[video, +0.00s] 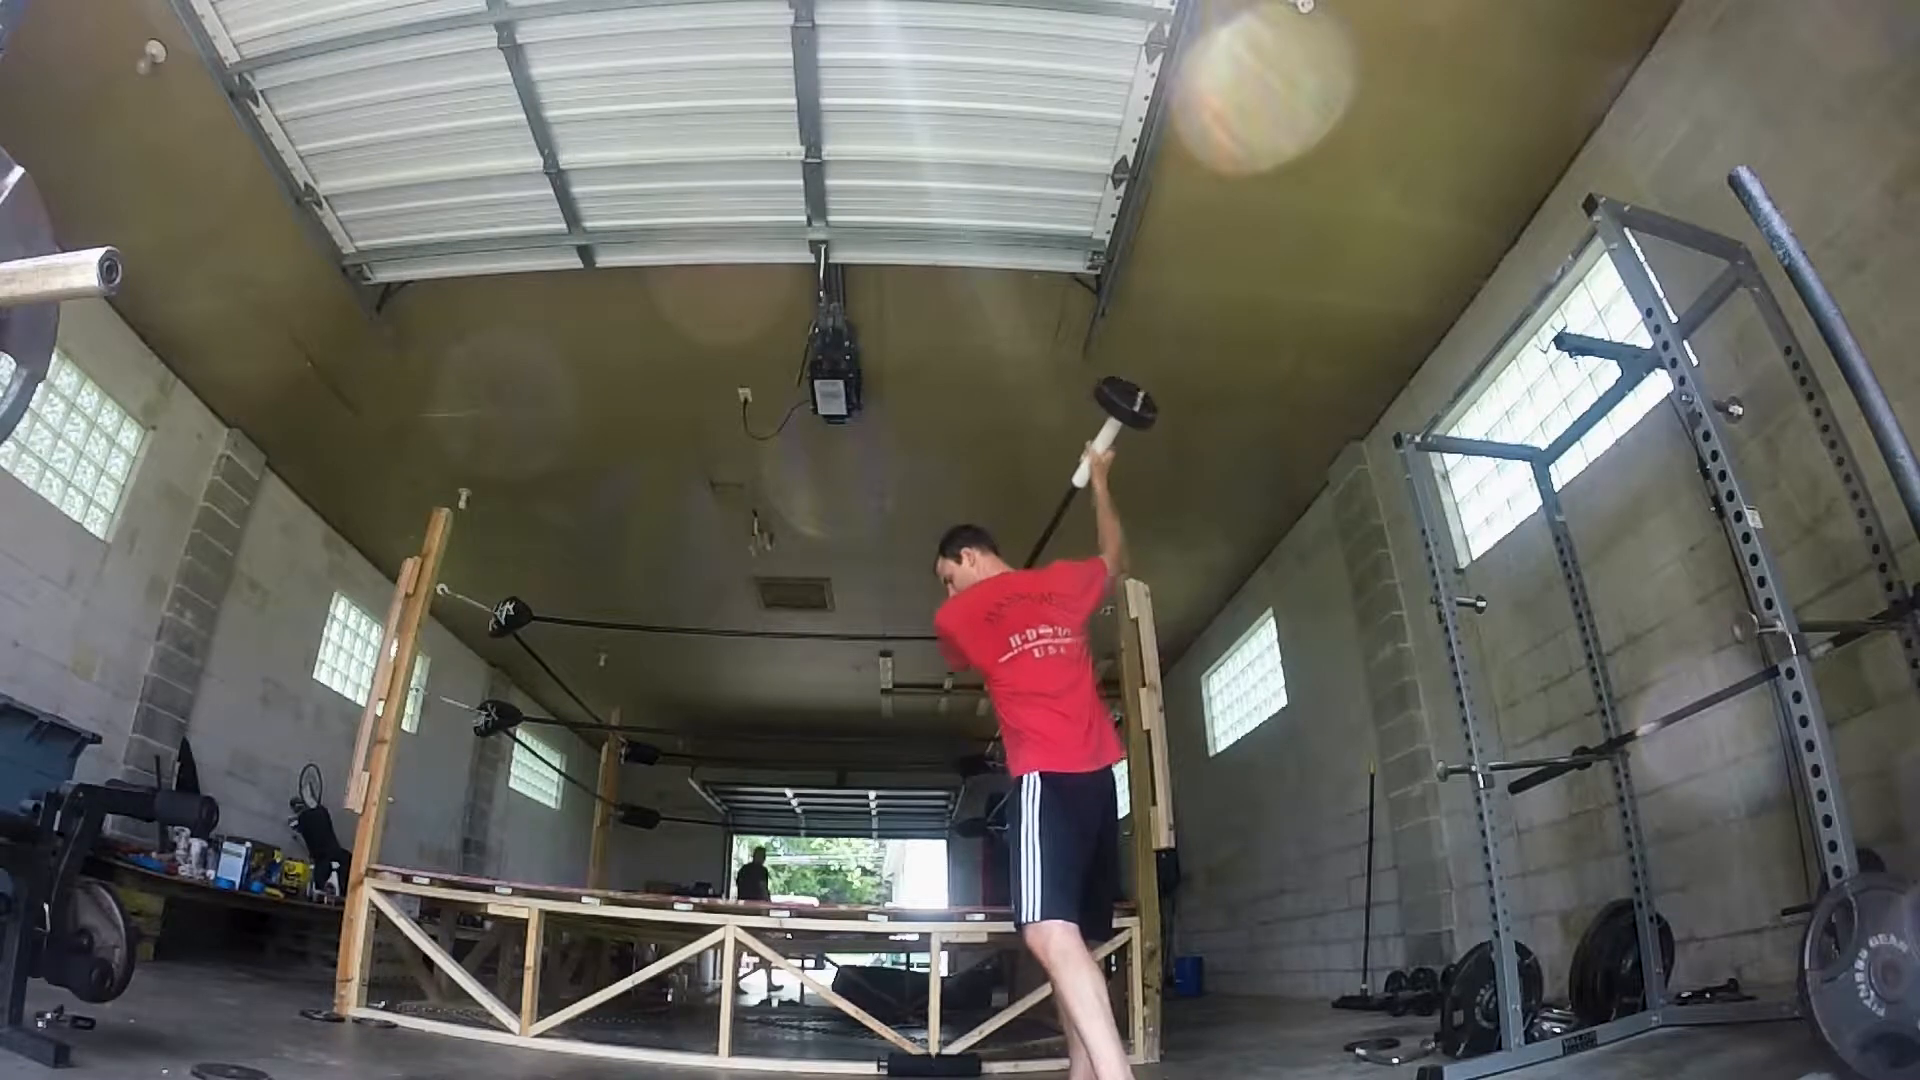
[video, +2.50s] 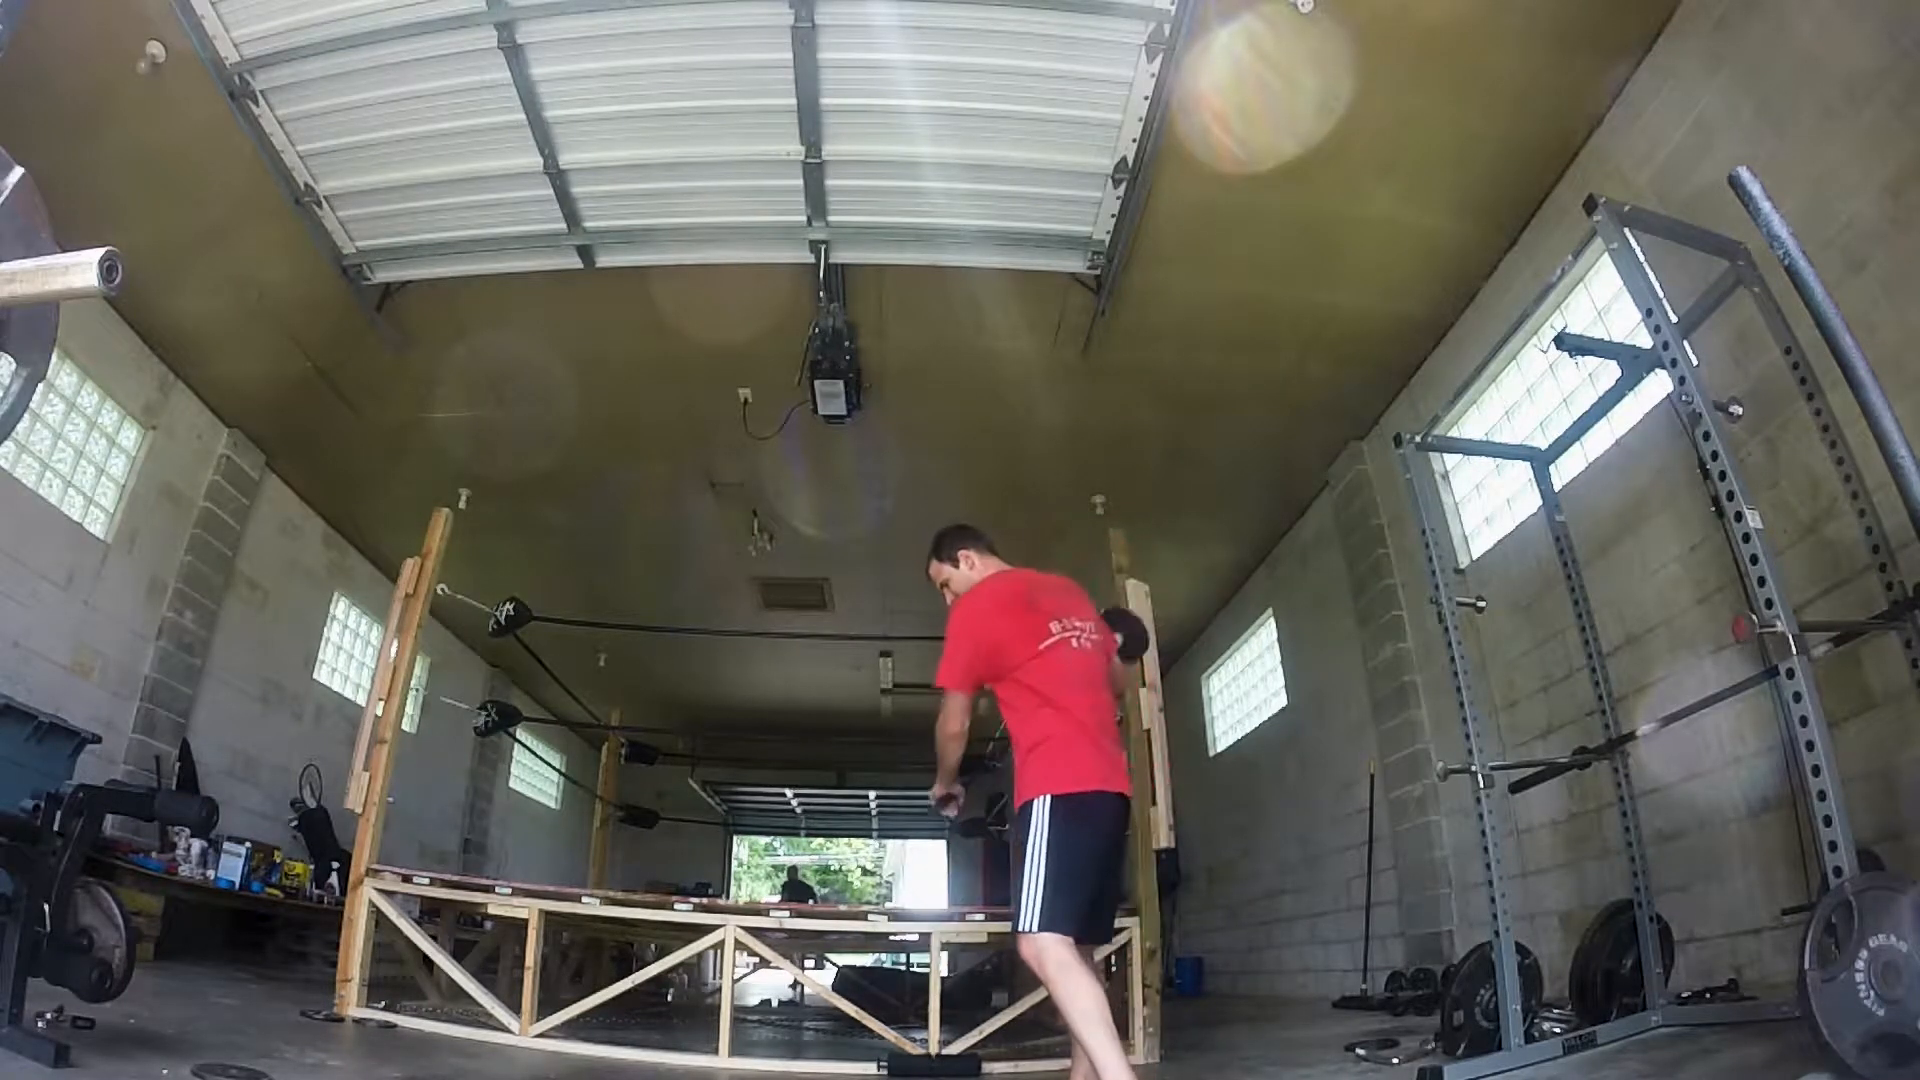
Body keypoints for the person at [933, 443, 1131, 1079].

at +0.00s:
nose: (951, 591)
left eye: (948, 578)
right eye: (947, 582)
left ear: (965, 559)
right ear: (995, 553)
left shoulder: (960, 614)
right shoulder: (1066, 581)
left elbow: (969, 665)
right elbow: (1112, 556)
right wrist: (1100, 481)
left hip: (1049, 778)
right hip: (1100, 773)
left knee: (1050, 934)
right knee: (1072, 936)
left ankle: (1117, 1075)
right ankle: (1083, 1072)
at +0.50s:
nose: (947, 588)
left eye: (945, 573)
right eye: (940, 581)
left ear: (972, 547)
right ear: (980, 551)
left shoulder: (981, 595)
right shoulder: (1052, 585)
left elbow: (954, 710)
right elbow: (1078, 675)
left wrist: (944, 740)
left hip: (1068, 768)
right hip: (1101, 765)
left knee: (1068, 931)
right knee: (1074, 934)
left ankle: (1124, 1074)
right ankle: (1086, 1073)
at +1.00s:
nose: (963, 581)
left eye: (963, 563)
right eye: (954, 576)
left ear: (990, 540)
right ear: (960, 578)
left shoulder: (1075, 562)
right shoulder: (1000, 653)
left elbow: (1174, 596)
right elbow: (999, 758)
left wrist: (1132, 668)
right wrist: (951, 848)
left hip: (1133, 764)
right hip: (1078, 791)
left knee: (1108, 924)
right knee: (1065, 939)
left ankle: (1138, 1075)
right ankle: (1087, 1073)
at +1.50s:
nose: (956, 568)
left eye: (955, 550)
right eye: (945, 562)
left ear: (984, 525)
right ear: (946, 567)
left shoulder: (1079, 552)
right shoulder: (974, 624)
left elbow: (1137, 599)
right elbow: (1005, 662)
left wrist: (1175, 604)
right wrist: (1040, 681)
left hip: (1128, 754)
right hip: (1060, 780)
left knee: (1107, 920)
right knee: (1049, 942)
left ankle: (1139, 1076)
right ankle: (1081, 1072)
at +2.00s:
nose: (954, 601)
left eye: (950, 584)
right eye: (946, 593)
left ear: (976, 554)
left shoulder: (1072, 560)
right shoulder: (999, 651)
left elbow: (1175, 574)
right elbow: (1010, 752)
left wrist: (1151, 628)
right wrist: (983, 848)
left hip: (1125, 759)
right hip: (1074, 787)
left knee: (1092, 923)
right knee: (1054, 938)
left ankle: (1133, 1075)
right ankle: (1083, 1071)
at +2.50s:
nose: (948, 600)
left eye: (944, 586)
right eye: (942, 590)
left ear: (966, 560)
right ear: (982, 556)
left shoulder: (975, 607)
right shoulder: (1068, 588)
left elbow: (955, 719)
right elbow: (1120, 679)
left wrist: (946, 779)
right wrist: (1076, 713)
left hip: (1057, 786)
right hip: (1109, 785)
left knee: (1042, 941)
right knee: (1080, 946)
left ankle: (1120, 1075)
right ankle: (1084, 1073)